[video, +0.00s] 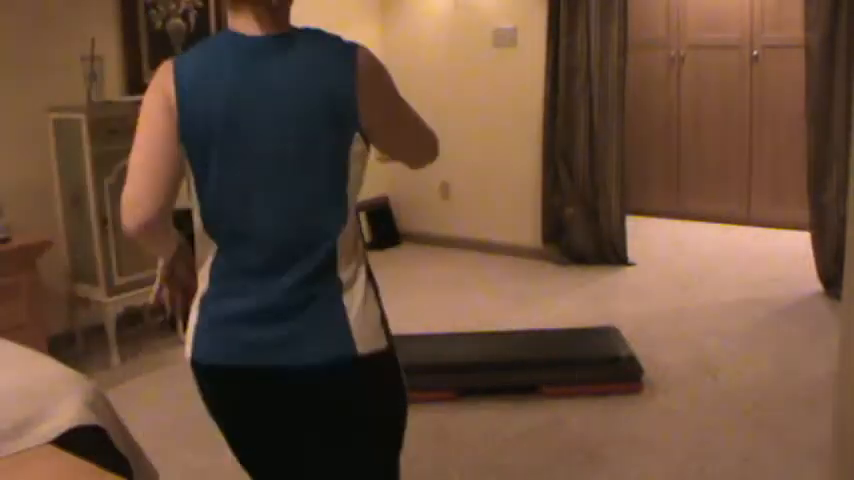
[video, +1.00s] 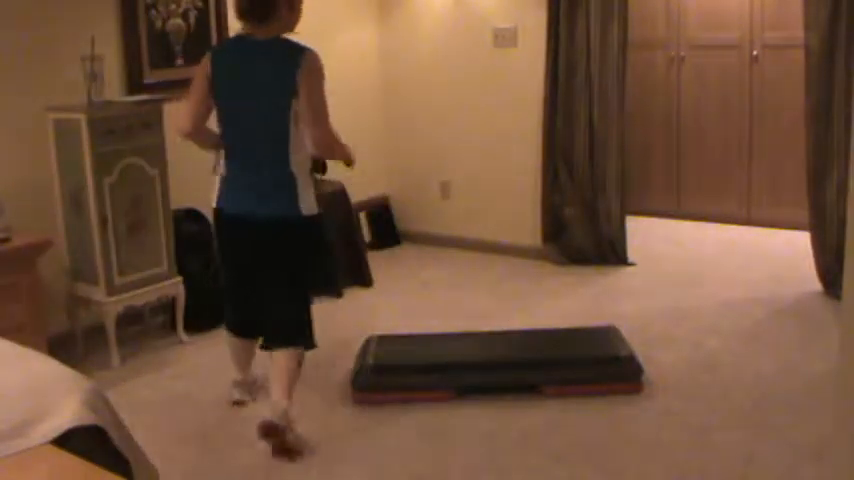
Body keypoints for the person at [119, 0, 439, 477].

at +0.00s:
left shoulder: (176, 78)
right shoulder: (347, 64)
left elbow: (139, 215)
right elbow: (419, 147)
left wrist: (175, 253)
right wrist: (353, 106)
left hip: (229, 359)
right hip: (343, 354)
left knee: (279, 471)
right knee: (366, 470)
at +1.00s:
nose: (299, 11)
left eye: (297, 5)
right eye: (296, 5)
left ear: (243, 9)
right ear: (287, 8)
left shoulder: (216, 59)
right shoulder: (302, 58)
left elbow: (189, 127)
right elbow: (320, 139)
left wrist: (225, 144)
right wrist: (341, 152)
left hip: (235, 209)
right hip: (288, 209)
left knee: (242, 300)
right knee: (290, 308)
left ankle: (242, 382)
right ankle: (280, 409)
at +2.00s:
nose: (464, 5)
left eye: (465, 0)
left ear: (453, 4)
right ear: (437, 1)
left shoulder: (454, 33)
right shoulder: (415, 36)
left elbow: (476, 71)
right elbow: (396, 92)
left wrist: (511, 87)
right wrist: (445, 112)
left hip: (431, 154)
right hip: (404, 155)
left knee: (417, 237)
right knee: (482, 201)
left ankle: (400, 317)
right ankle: (468, 294)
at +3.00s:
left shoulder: (569, 9)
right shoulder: (500, 9)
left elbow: (618, 19)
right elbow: (455, 34)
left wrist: (666, 18)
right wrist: (426, 35)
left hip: (552, 128)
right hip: (509, 128)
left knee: (560, 216)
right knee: (531, 216)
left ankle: (562, 308)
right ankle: (540, 310)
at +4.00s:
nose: (422, 10)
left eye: (429, 3)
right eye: (415, 3)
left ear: (441, 5)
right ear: (406, 6)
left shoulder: (455, 42)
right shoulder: (396, 43)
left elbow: (500, 49)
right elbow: (347, 47)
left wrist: (482, 15)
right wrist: (299, 25)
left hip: (461, 161)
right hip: (423, 164)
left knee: (410, 225)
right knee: (449, 234)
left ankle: (413, 318)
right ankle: (469, 310)